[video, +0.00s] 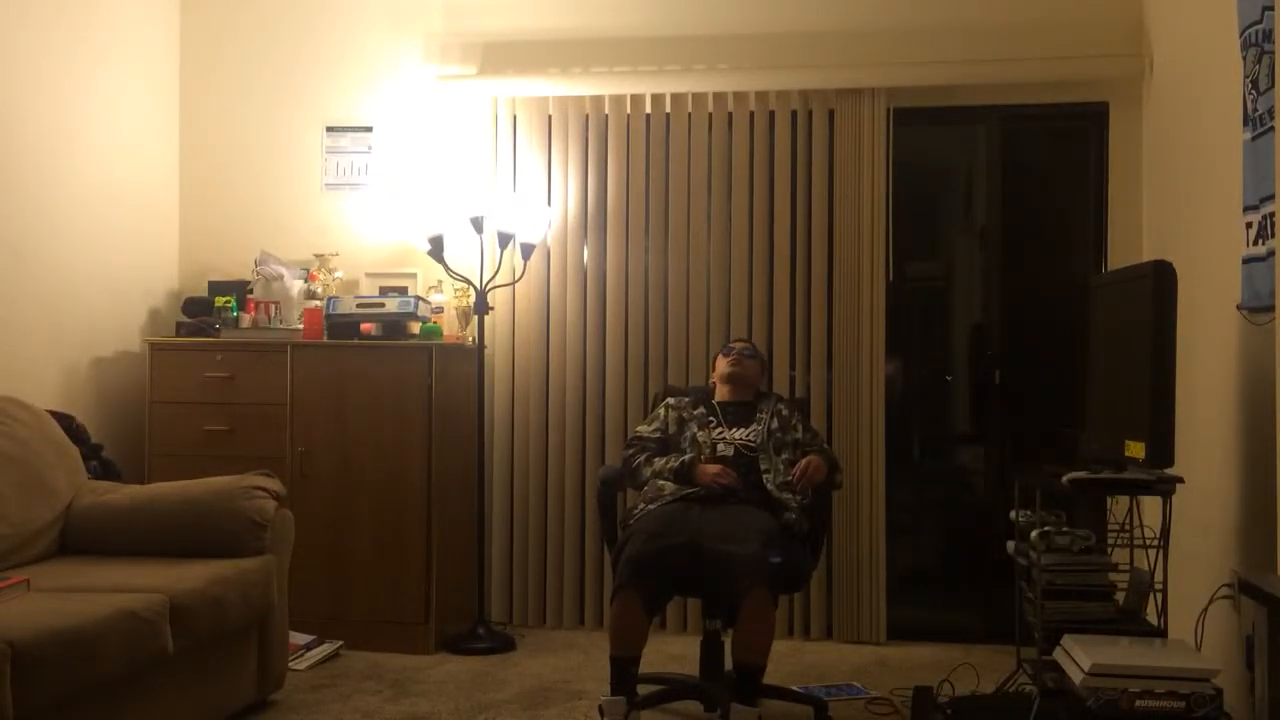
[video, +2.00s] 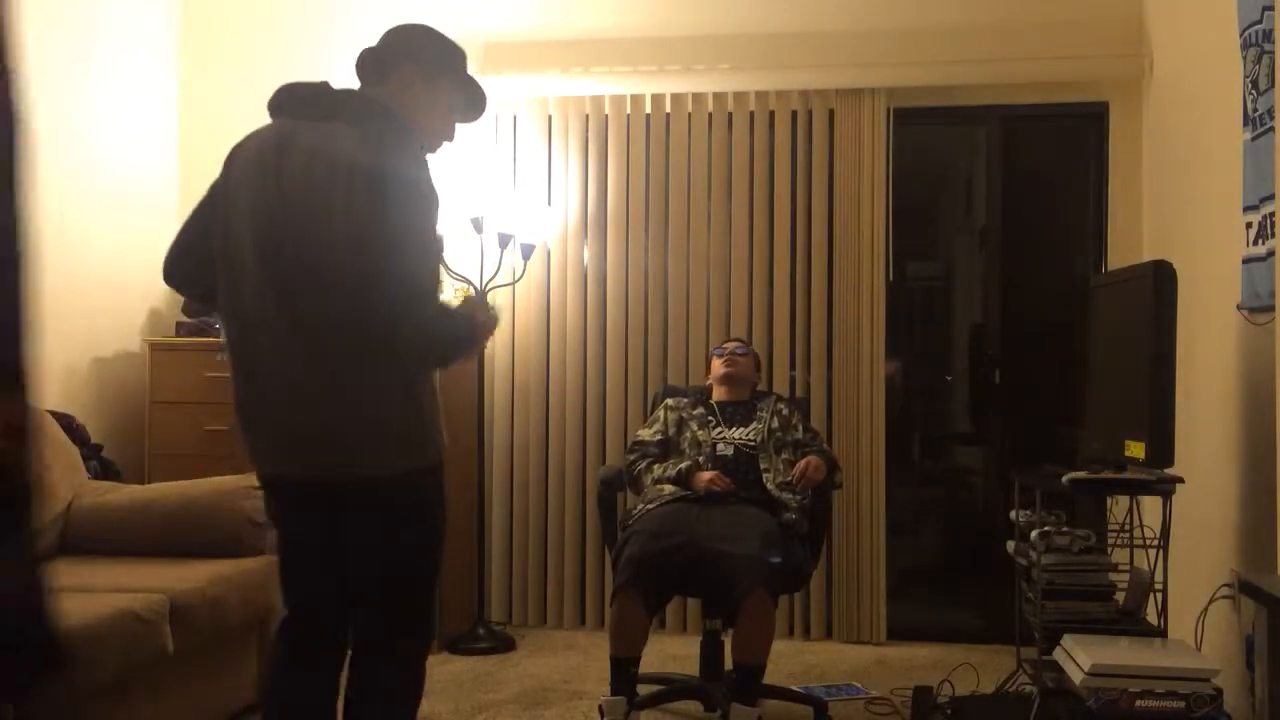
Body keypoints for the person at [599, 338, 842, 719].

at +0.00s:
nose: (737, 352)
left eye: (749, 352)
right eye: (729, 350)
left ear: (762, 376)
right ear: (713, 372)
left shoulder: (782, 414)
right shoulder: (675, 408)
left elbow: (825, 459)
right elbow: (634, 461)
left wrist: (821, 461)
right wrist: (691, 469)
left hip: (750, 508)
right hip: (674, 506)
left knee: (757, 575)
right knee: (637, 566)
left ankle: (746, 704)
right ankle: (621, 694)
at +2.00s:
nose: (729, 353)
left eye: (740, 350)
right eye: (720, 351)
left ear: (757, 372)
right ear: (708, 372)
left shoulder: (779, 412)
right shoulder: (674, 409)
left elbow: (822, 454)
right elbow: (639, 465)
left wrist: (819, 461)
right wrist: (689, 476)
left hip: (749, 508)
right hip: (673, 505)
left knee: (756, 576)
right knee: (638, 567)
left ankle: (746, 705)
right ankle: (621, 695)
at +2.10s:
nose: (728, 353)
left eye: (739, 351)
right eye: (719, 351)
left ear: (756, 372)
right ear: (708, 372)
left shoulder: (779, 411)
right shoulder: (674, 409)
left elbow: (822, 453)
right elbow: (638, 464)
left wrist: (819, 461)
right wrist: (689, 476)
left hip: (750, 508)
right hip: (673, 505)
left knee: (756, 577)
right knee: (638, 567)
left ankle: (746, 705)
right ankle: (621, 695)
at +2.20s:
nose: (726, 354)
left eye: (738, 350)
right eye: (718, 352)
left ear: (755, 371)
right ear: (708, 372)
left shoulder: (779, 411)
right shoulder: (673, 409)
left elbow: (822, 454)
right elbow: (639, 464)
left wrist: (820, 460)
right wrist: (689, 475)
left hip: (751, 507)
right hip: (674, 504)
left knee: (757, 576)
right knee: (638, 566)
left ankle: (746, 704)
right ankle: (621, 695)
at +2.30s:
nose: (725, 354)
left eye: (736, 350)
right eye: (716, 352)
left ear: (754, 370)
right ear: (706, 372)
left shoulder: (779, 411)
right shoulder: (673, 409)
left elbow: (824, 457)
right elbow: (638, 464)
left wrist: (820, 461)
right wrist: (689, 475)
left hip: (751, 507)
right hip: (675, 504)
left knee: (757, 573)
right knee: (638, 564)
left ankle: (746, 704)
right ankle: (621, 695)